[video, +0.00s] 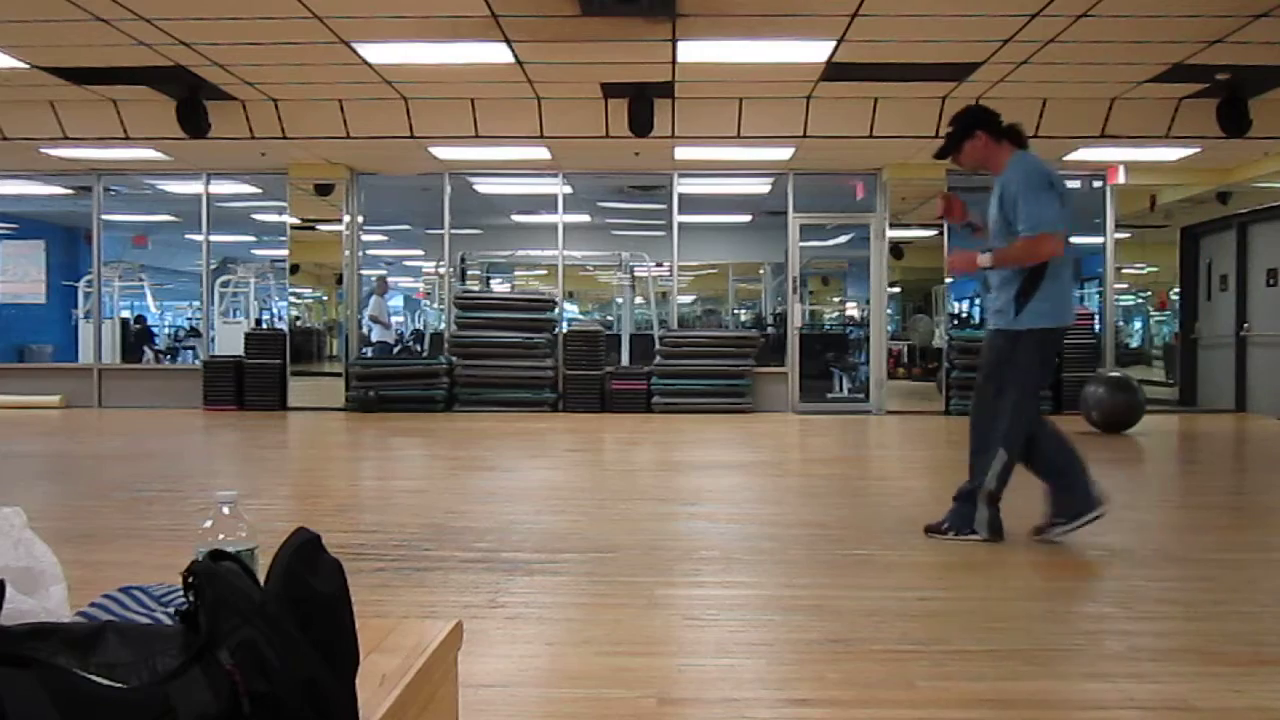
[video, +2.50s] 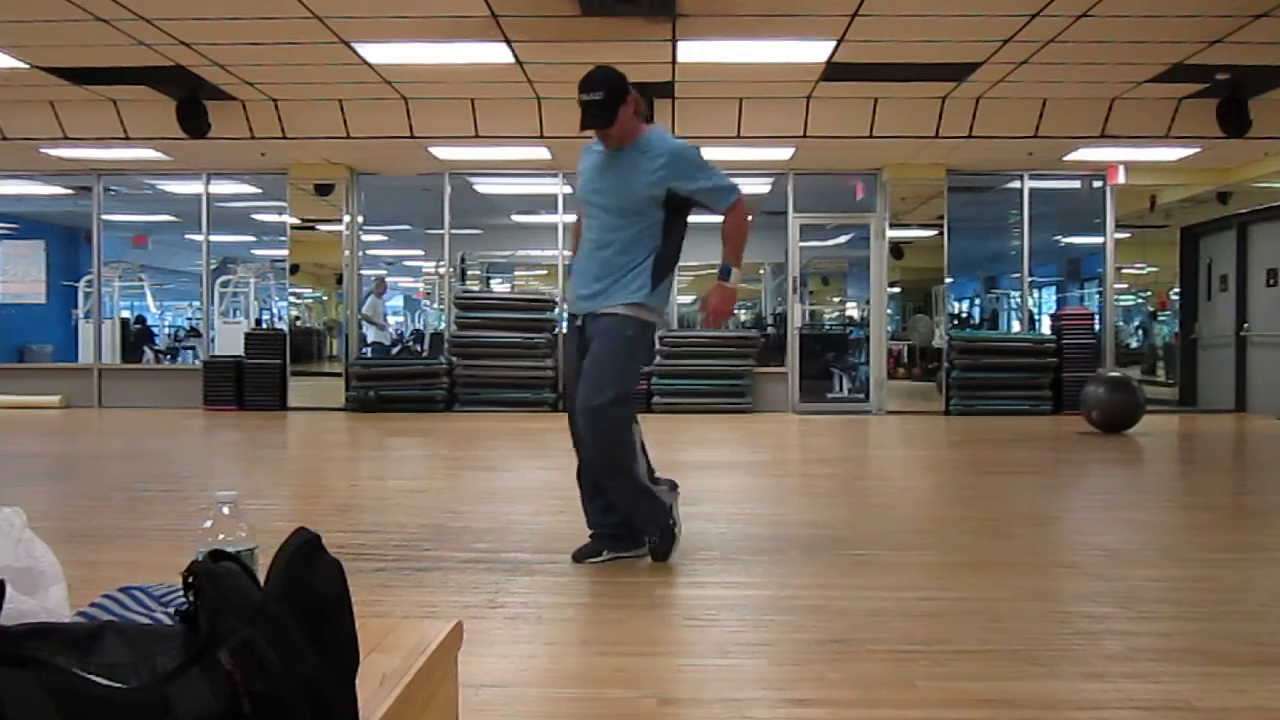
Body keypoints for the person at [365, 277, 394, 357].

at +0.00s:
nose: (387, 288)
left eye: (386, 285)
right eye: (385, 285)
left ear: (385, 286)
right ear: (379, 286)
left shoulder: (383, 300)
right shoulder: (375, 299)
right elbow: (371, 316)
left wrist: (388, 323)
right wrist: (385, 324)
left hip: (386, 338)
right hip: (380, 338)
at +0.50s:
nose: (386, 288)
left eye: (386, 286)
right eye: (384, 286)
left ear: (384, 286)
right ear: (378, 286)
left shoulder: (381, 300)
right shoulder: (372, 298)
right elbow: (365, 313)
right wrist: (379, 323)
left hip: (384, 336)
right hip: (376, 337)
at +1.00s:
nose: (386, 288)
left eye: (386, 286)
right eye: (383, 286)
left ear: (386, 286)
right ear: (378, 286)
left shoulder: (381, 300)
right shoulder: (372, 298)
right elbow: (365, 314)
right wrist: (380, 322)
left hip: (385, 338)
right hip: (377, 338)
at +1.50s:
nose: (386, 289)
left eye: (386, 286)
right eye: (384, 286)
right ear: (378, 286)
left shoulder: (380, 300)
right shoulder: (373, 299)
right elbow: (367, 314)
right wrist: (381, 322)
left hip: (384, 337)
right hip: (377, 338)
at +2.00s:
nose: (385, 289)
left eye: (385, 286)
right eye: (383, 286)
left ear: (385, 287)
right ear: (377, 287)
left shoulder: (381, 300)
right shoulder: (373, 299)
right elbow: (365, 314)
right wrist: (379, 323)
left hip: (384, 337)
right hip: (376, 337)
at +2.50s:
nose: (385, 288)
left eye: (385, 286)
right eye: (383, 286)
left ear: (385, 287)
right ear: (377, 287)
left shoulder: (381, 301)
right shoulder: (372, 299)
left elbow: (383, 316)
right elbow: (365, 314)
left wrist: (386, 324)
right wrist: (378, 324)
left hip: (384, 337)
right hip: (376, 338)